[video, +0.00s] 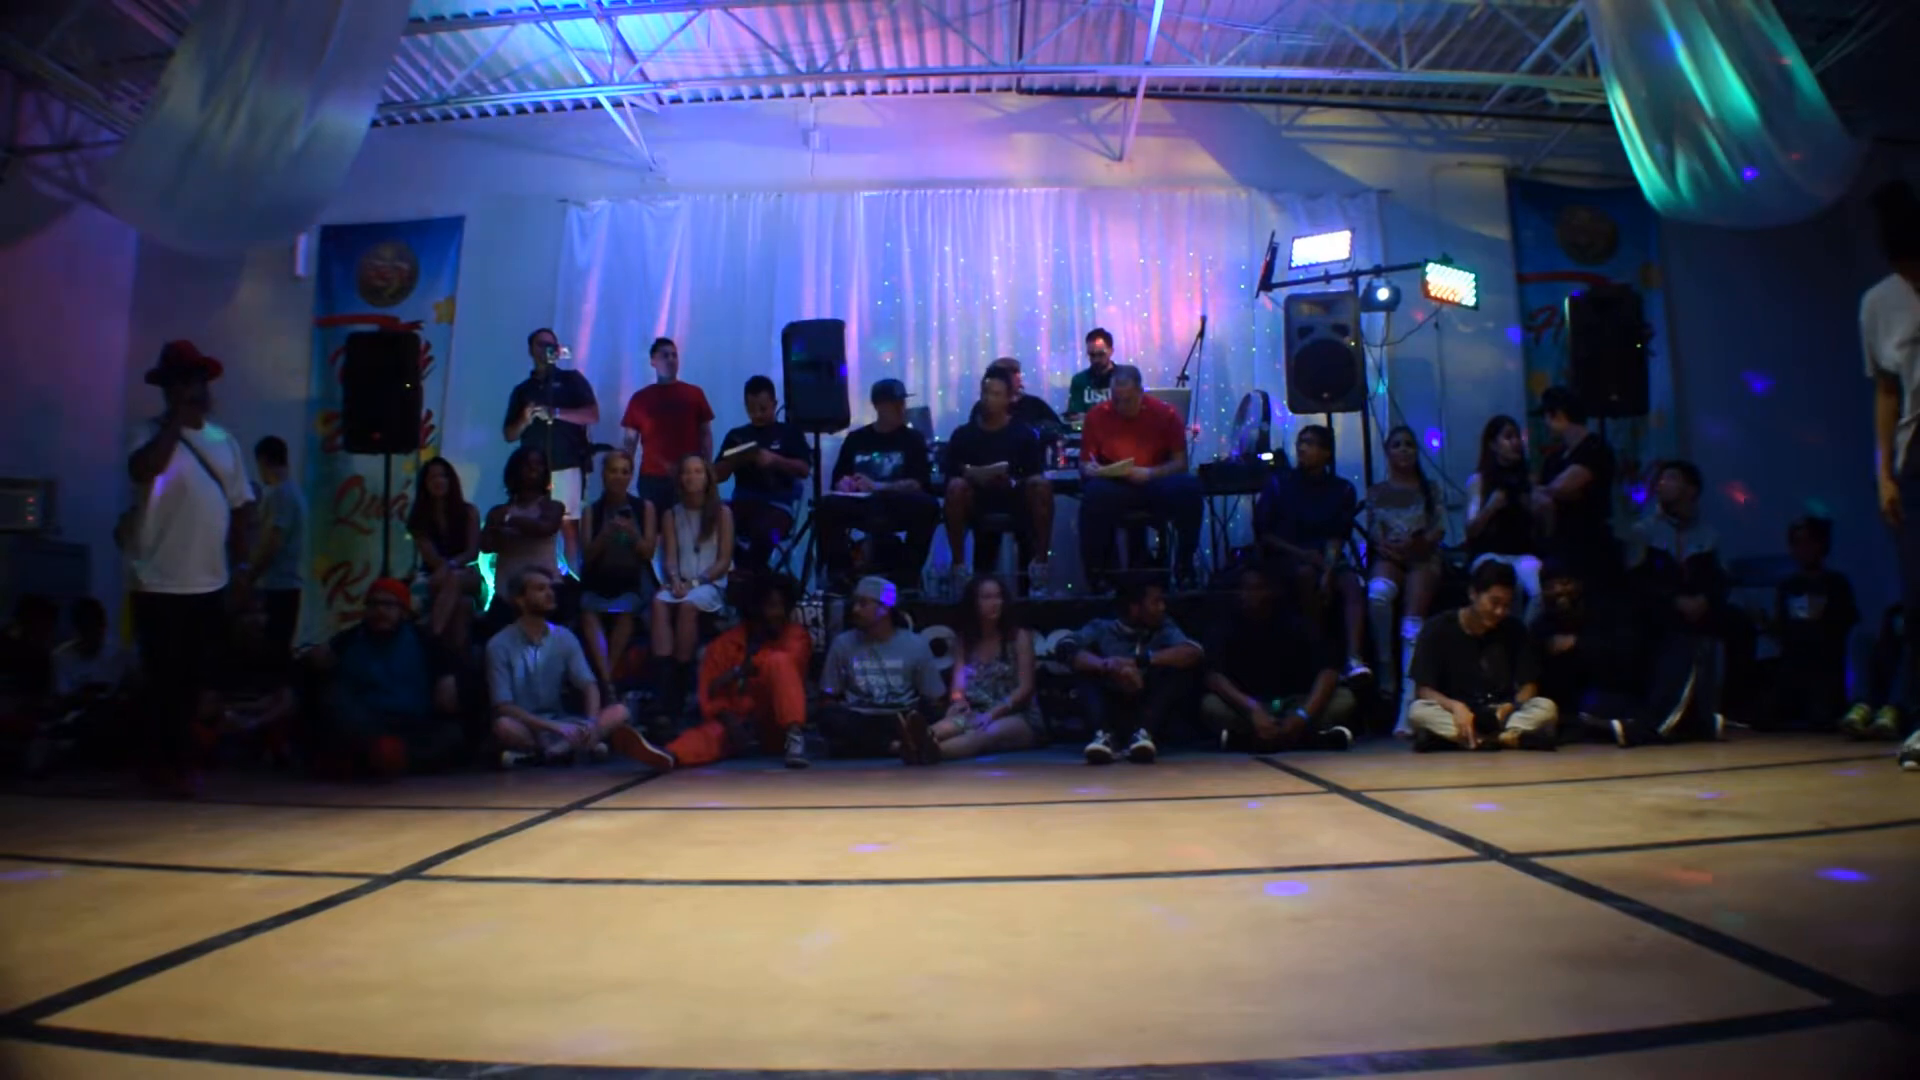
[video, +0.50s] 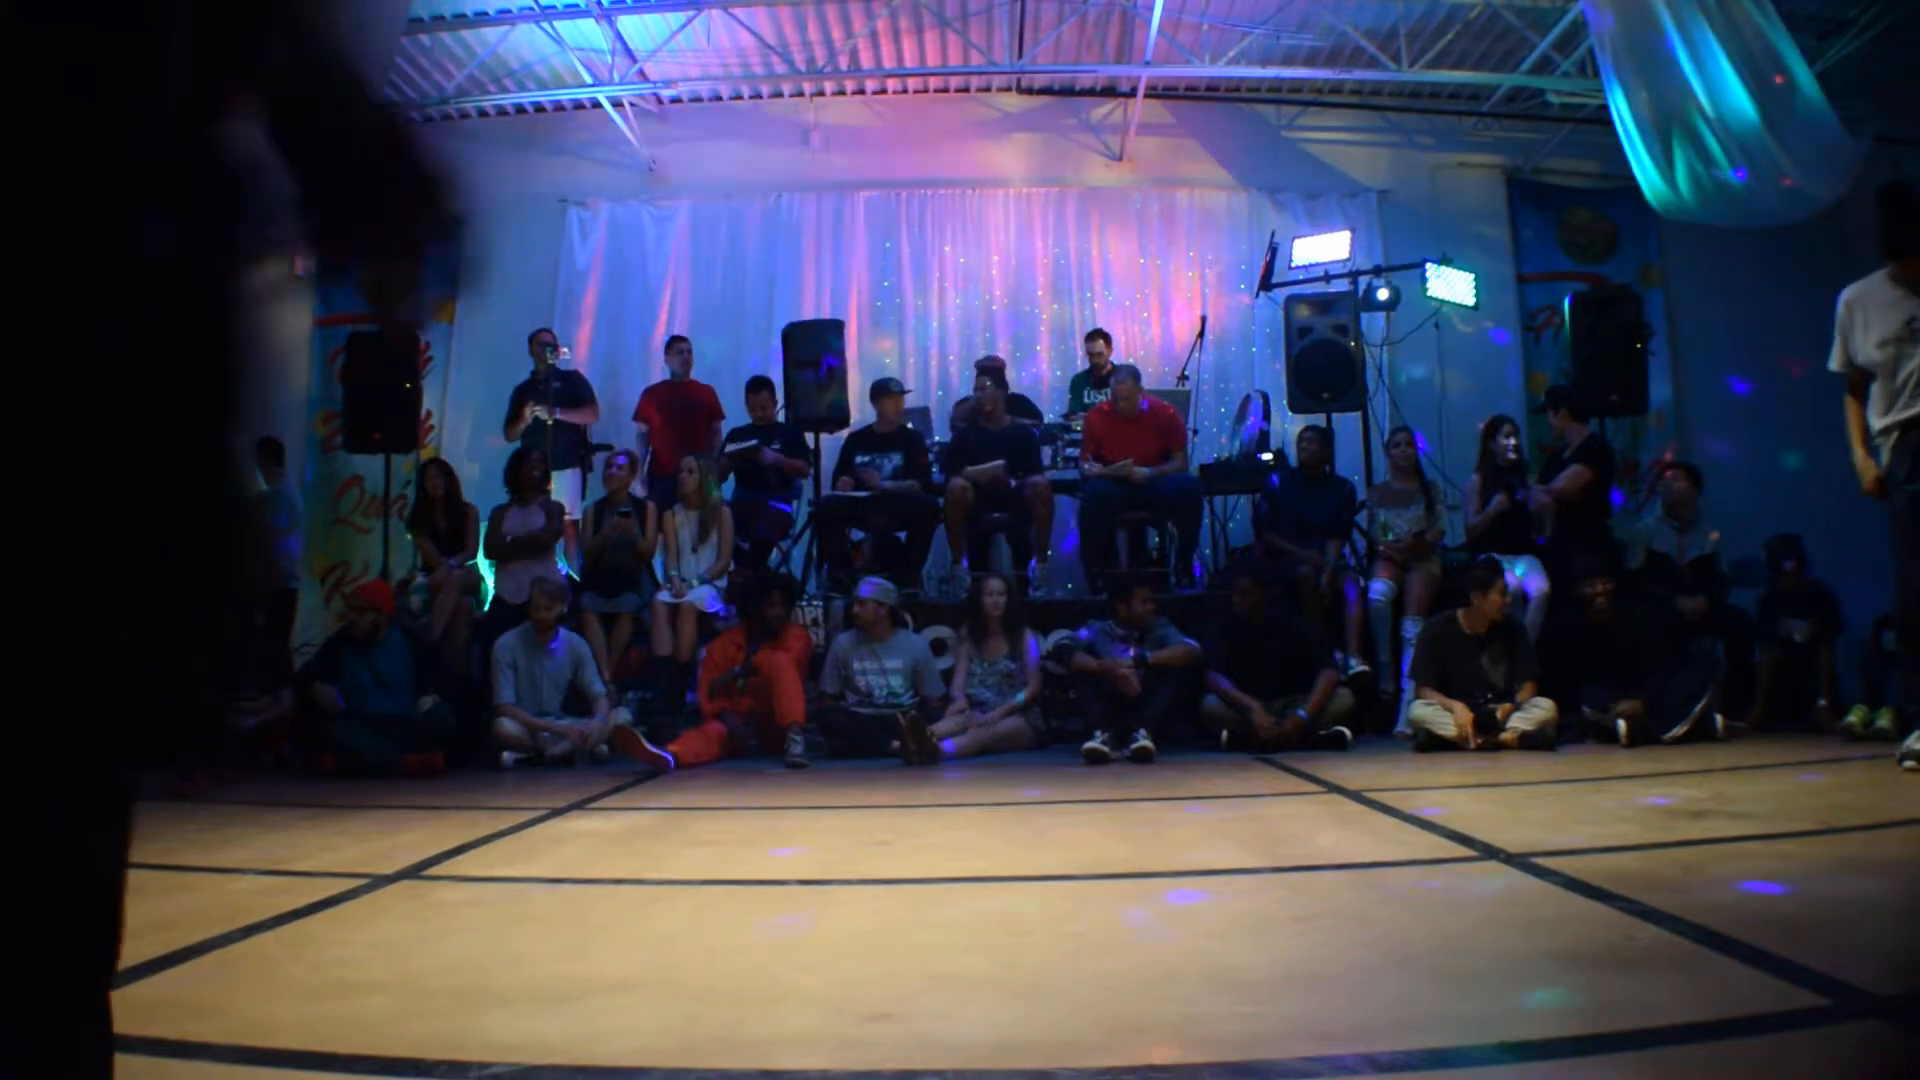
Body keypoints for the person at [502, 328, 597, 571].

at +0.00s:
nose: (548, 350)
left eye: (552, 346)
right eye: (542, 346)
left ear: (558, 350)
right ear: (531, 350)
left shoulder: (573, 379)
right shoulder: (522, 389)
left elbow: (592, 415)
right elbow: (509, 435)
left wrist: (556, 414)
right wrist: (525, 420)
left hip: (568, 463)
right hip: (534, 465)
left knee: (568, 523)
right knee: (535, 521)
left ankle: (572, 575)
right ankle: (538, 577)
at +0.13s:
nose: (548, 350)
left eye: (552, 345)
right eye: (542, 345)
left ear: (559, 350)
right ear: (531, 350)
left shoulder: (573, 379)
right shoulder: (522, 389)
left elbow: (591, 415)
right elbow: (509, 435)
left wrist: (556, 414)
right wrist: (524, 419)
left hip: (567, 464)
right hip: (534, 465)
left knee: (568, 525)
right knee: (534, 523)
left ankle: (571, 578)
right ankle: (537, 578)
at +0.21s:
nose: (548, 350)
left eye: (552, 346)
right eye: (542, 346)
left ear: (558, 350)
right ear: (531, 350)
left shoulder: (573, 380)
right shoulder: (522, 389)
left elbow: (592, 415)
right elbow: (509, 435)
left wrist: (556, 414)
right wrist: (524, 420)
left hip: (568, 463)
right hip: (534, 465)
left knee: (568, 525)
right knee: (535, 524)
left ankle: (571, 579)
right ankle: (537, 580)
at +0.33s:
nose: (548, 350)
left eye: (552, 346)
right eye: (542, 346)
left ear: (559, 350)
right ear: (531, 351)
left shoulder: (573, 379)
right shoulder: (522, 389)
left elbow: (592, 415)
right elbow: (509, 434)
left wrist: (556, 413)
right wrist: (524, 420)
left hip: (568, 463)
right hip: (535, 465)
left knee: (569, 524)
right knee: (534, 522)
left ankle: (572, 577)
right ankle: (537, 579)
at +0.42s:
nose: (548, 350)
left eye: (552, 346)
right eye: (542, 346)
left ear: (558, 350)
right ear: (531, 351)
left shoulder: (573, 379)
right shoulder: (522, 389)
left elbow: (592, 414)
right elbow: (509, 434)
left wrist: (555, 413)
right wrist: (524, 420)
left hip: (568, 463)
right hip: (534, 465)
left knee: (569, 525)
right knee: (535, 525)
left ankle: (572, 579)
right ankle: (538, 582)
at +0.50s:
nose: (548, 350)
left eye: (552, 346)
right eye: (542, 346)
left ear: (559, 350)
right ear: (531, 351)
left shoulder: (573, 379)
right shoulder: (522, 389)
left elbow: (592, 414)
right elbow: (510, 434)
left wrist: (556, 413)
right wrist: (524, 420)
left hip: (568, 463)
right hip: (535, 465)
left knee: (569, 524)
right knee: (534, 522)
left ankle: (572, 577)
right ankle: (537, 580)